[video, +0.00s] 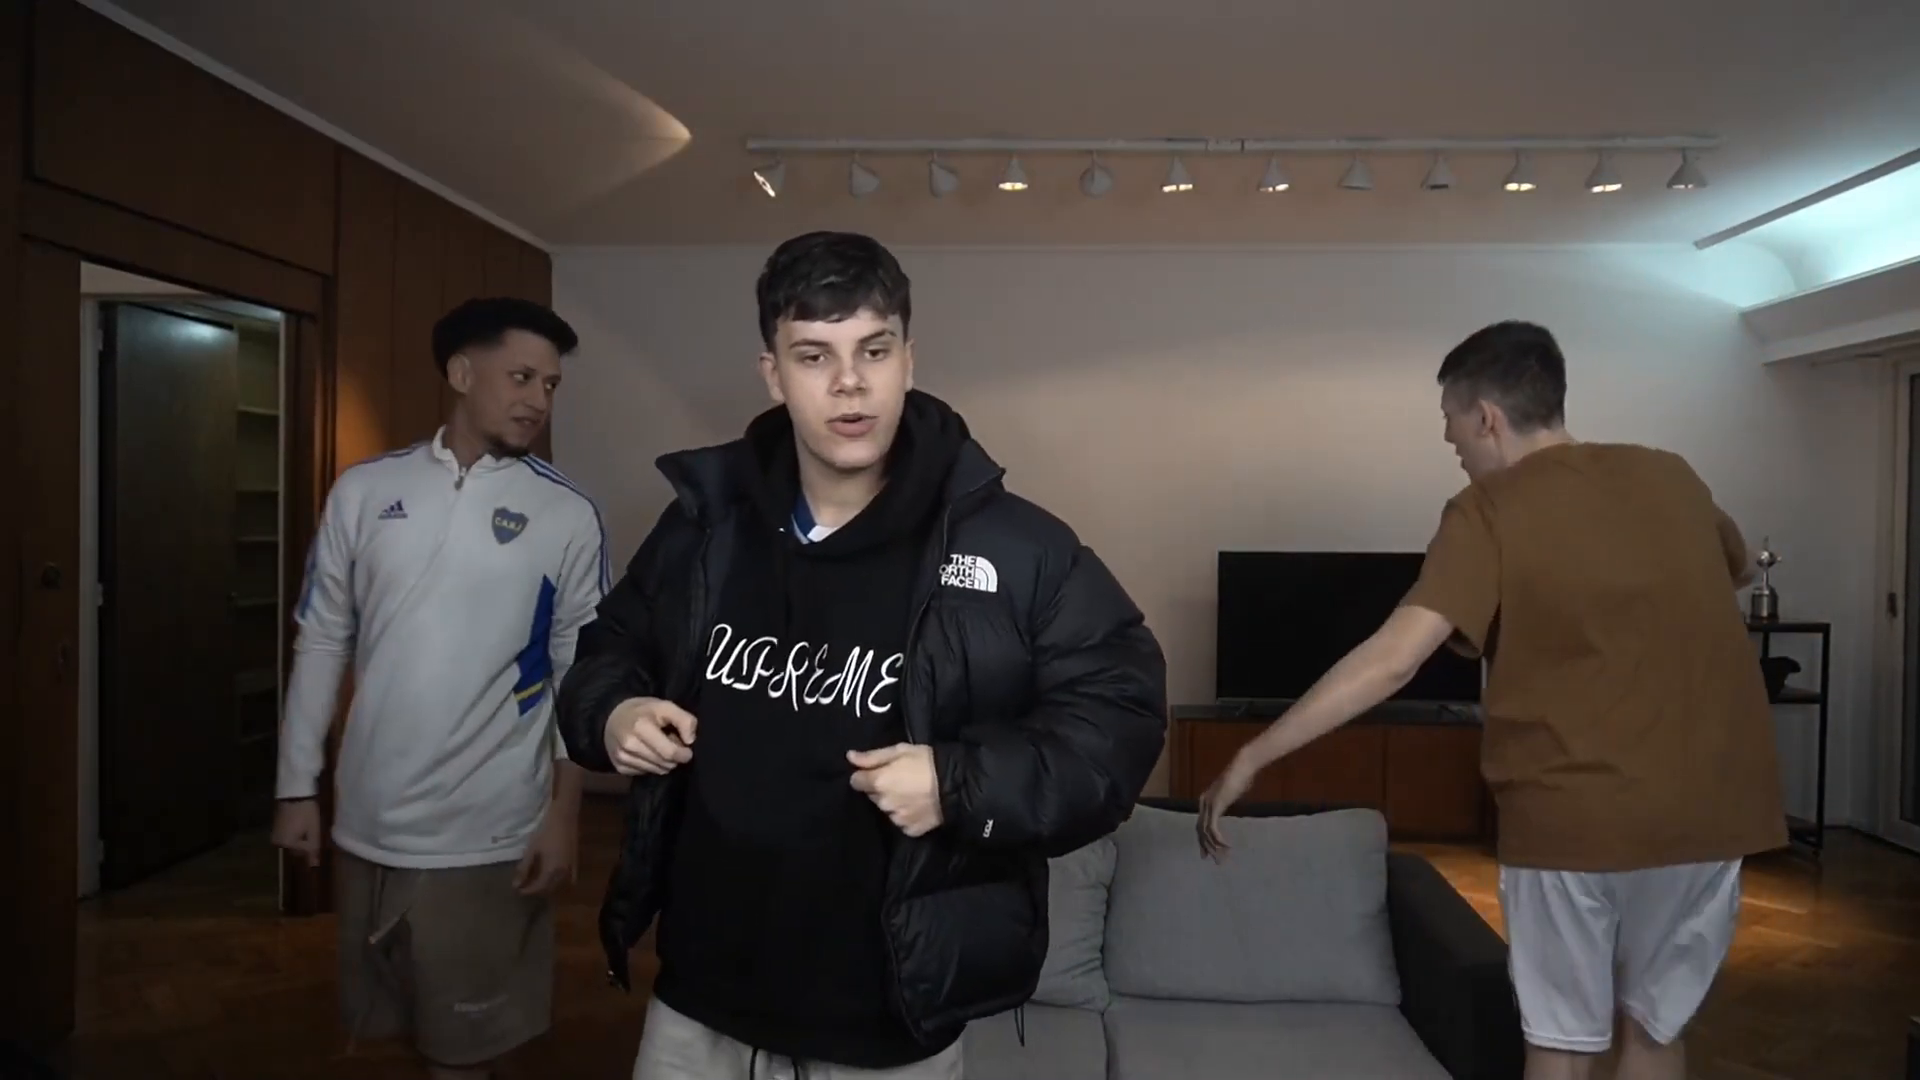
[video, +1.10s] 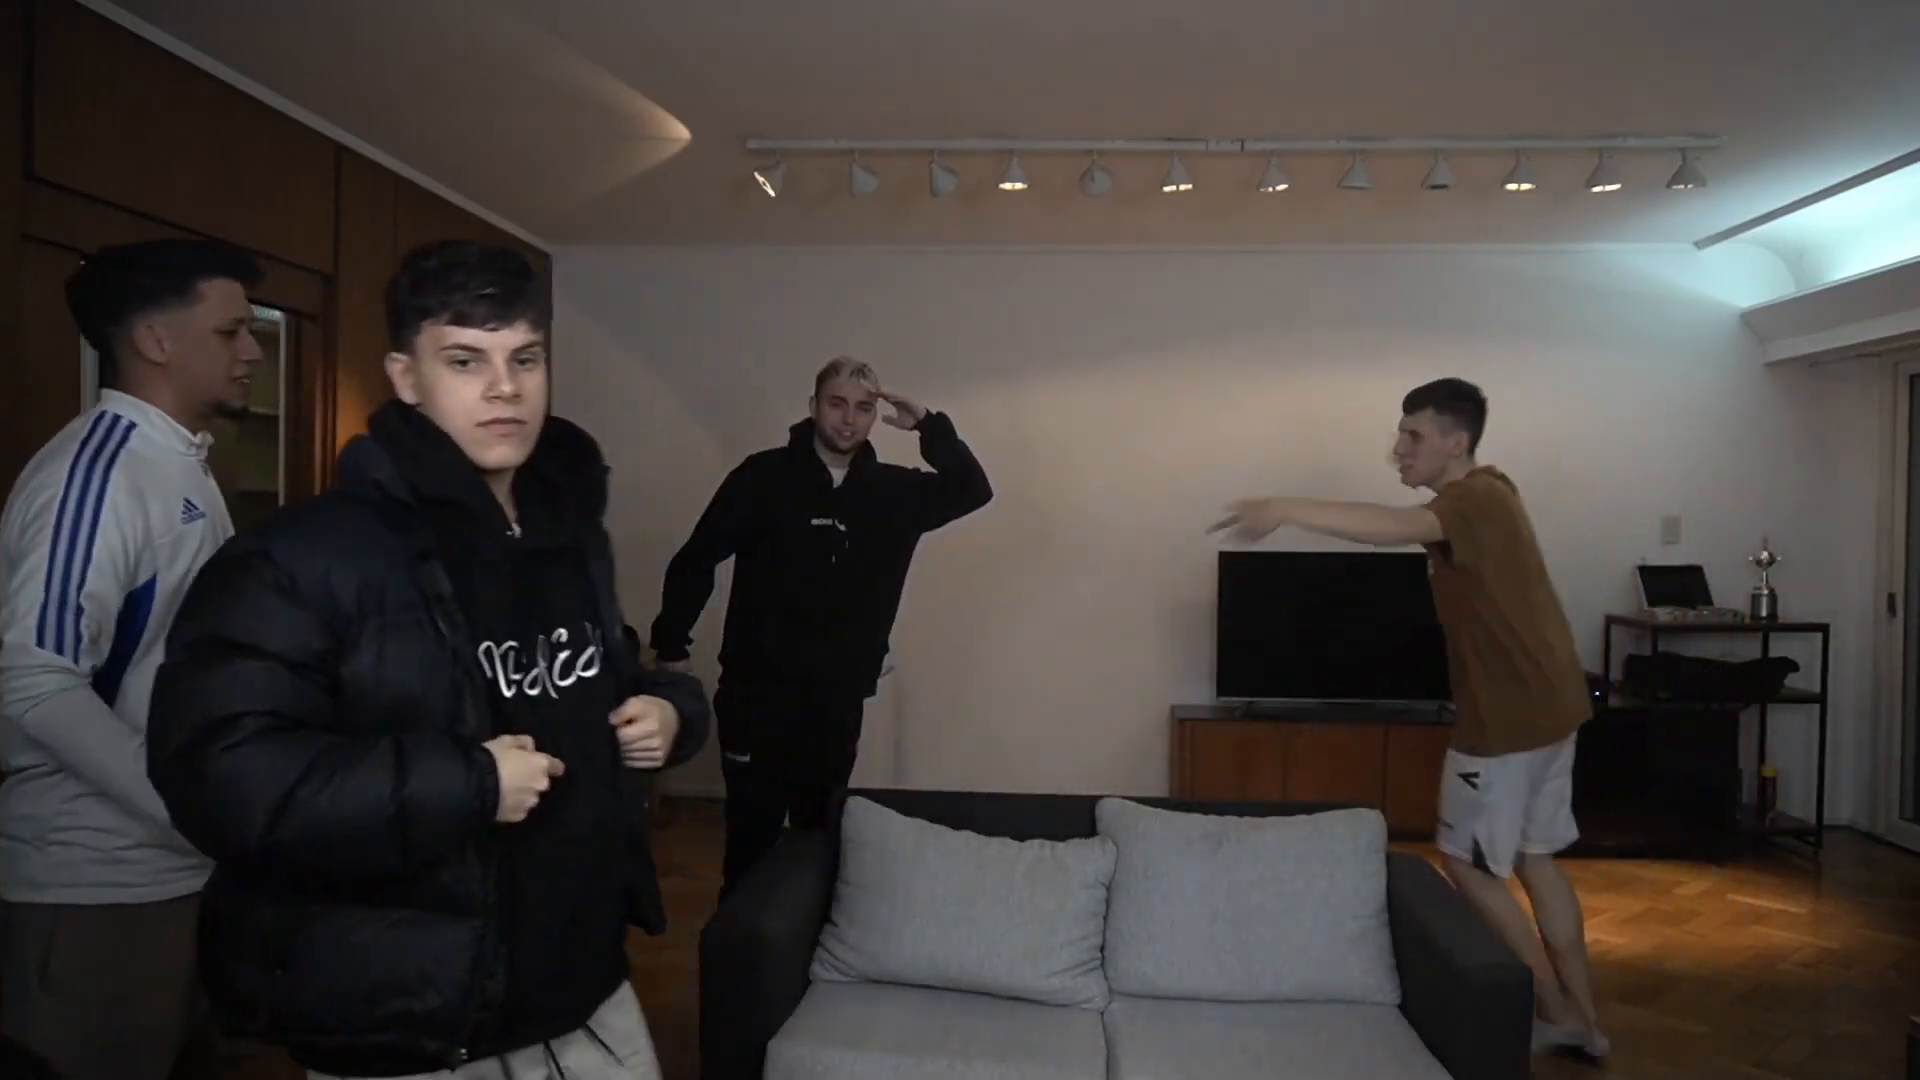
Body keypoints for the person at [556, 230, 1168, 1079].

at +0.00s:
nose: (849, 384)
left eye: (875, 352)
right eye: (816, 357)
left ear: (909, 358)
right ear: (773, 373)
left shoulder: (1014, 553)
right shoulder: (704, 527)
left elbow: (1121, 719)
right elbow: (601, 661)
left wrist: (965, 780)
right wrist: (612, 714)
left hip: (891, 1018)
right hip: (705, 999)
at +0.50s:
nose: (802, 383)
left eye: (828, 354)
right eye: (770, 354)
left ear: (858, 366)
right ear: (721, 366)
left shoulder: (927, 545)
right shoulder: (610, 532)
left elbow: (1016, 724)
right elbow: (478, 697)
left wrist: (975, 757)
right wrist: (610, 749)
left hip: (850, 1009)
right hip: (650, 1009)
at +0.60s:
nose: (754, 387)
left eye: (779, 358)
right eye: (720, 359)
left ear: (806, 369)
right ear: (669, 373)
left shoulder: (869, 539)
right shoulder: (561, 544)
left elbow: (958, 713)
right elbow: (431, 721)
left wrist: (943, 747)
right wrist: (603, 764)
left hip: (819, 1012)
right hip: (620, 1017)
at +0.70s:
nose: (693, 394)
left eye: (718, 365)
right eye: (658, 366)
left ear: (744, 375)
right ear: (607, 380)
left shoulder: (802, 546)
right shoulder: (499, 557)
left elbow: (872, 697)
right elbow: (375, 739)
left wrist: (893, 742)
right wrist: (576, 778)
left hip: (766, 1013)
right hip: (568, 1024)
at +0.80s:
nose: (630, 400)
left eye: (655, 372)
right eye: (594, 373)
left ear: (682, 384)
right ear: (540, 389)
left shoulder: (732, 555)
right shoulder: (433, 574)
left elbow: (809, 699)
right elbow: (322, 768)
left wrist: (827, 743)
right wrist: (542, 791)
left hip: (705, 1013)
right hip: (514, 1027)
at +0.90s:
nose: (581, 398)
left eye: (604, 369)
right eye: (542, 371)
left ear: (629, 378)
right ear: (487, 386)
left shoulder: (665, 552)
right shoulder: (385, 573)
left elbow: (723, 696)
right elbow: (280, 770)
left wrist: (768, 741)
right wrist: (511, 794)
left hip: (658, 1013)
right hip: (471, 1029)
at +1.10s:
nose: (505, 389)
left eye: (525, 360)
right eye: (465, 362)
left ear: (547, 369)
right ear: (402, 374)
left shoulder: (566, 537)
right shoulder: (307, 562)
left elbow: (620, 677)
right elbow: (221, 773)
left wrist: (673, 714)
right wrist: (463, 782)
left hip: (581, 995)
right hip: (405, 1021)